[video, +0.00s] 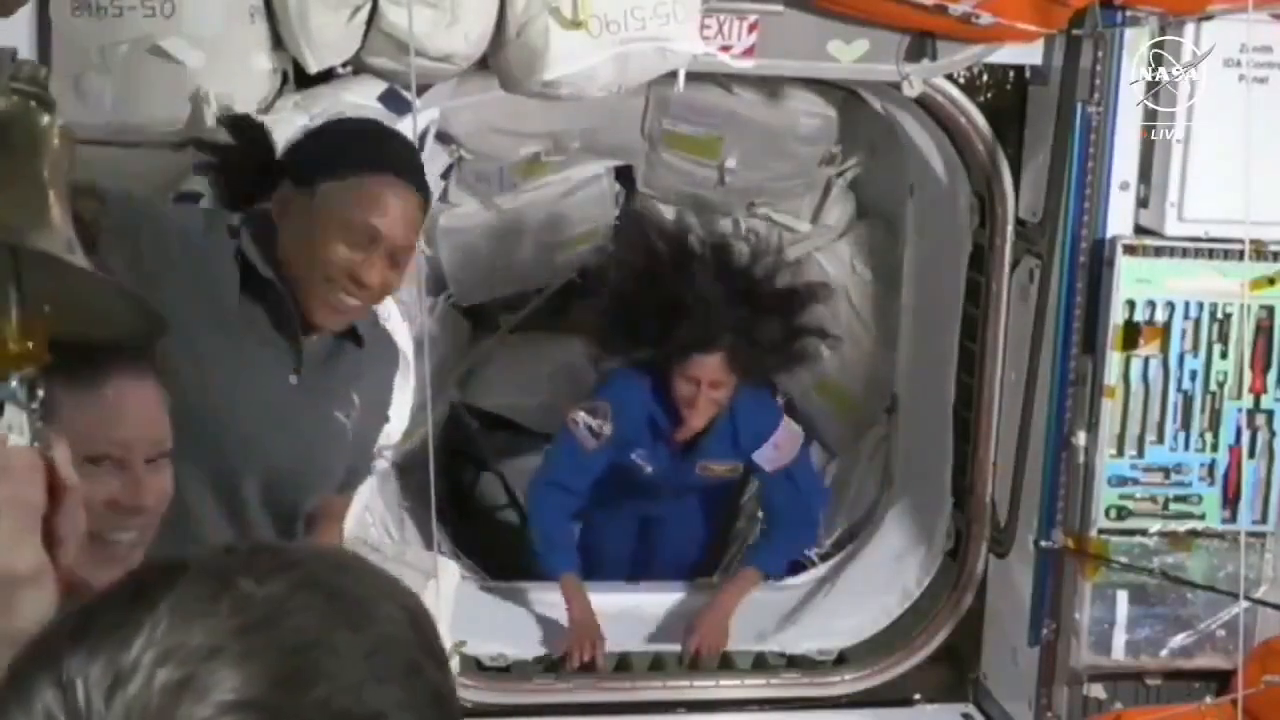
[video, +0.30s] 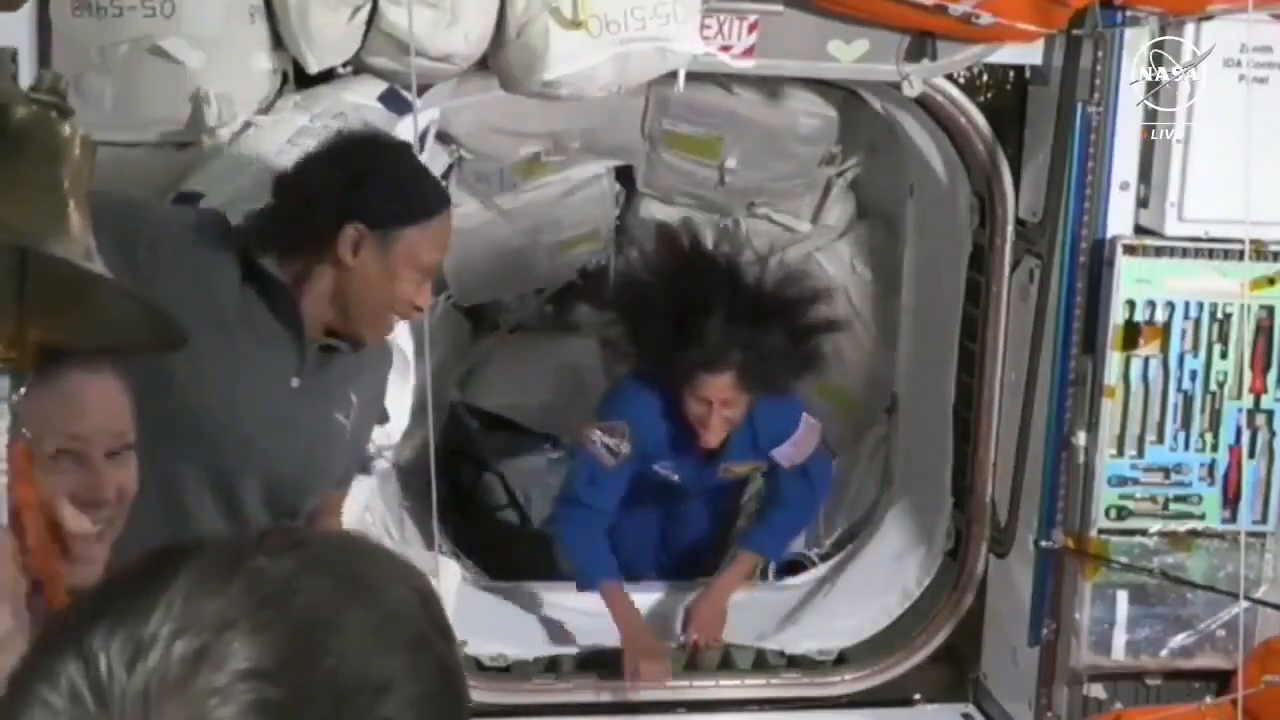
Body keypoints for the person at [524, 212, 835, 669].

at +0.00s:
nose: (699, 399)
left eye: (715, 387)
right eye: (689, 382)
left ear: (737, 383)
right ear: (668, 370)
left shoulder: (755, 415)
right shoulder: (624, 400)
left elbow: (798, 517)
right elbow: (549, 496)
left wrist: (725, 605)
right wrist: (578, 607)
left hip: (694, 504)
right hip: (614, 502)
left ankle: (666, 634)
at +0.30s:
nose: (713, 424)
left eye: (729, 408)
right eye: (700, 404)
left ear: (753, 395)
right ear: (677, 386)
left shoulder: (772, 411)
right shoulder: (635, 408)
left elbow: (809, 478)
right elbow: (577, 515)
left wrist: (723, 589)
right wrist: (630, 626)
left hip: (720, 498)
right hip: (641, 500)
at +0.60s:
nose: (738, 420)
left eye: (755, 401)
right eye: (722, 400)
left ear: (780, 393)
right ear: (697, 391)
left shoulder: (803, 413)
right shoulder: (659, 418)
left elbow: (818, 474)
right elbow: (642, 560)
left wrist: (729, 593)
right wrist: (673, 701)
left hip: (734, 470)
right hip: (667, 467)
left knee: (725, 539)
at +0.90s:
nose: (756, 402)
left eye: (774, 382)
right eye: (740, 381)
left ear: (796, 376)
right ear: (714, 377)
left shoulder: (822, 401)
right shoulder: (671, 421)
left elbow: (868, 458)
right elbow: (645, 562)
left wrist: (791, 574)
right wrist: (676, 695)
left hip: (762, 477)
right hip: (681, 478)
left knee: (750, 534)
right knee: (680, 551)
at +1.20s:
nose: (767, 409)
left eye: (787, 387)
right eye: (753, 386)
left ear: (811, 391)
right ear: (727, 386)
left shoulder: (838, 415)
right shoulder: (679, 443)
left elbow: (909, 439)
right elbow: (652, 571)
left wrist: (878, 586)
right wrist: (683, 700)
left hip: (766, 506)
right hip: (683, 509)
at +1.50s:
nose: (759, 394)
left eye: (783, 375)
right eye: (748, 369)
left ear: (817, 384)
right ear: (728, 371)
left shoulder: (855, 422)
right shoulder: (682, 435)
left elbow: (965, 456)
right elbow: (668, 566)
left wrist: (943, 608)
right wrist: (693, 695)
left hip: (818, 536)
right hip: (720, 534)